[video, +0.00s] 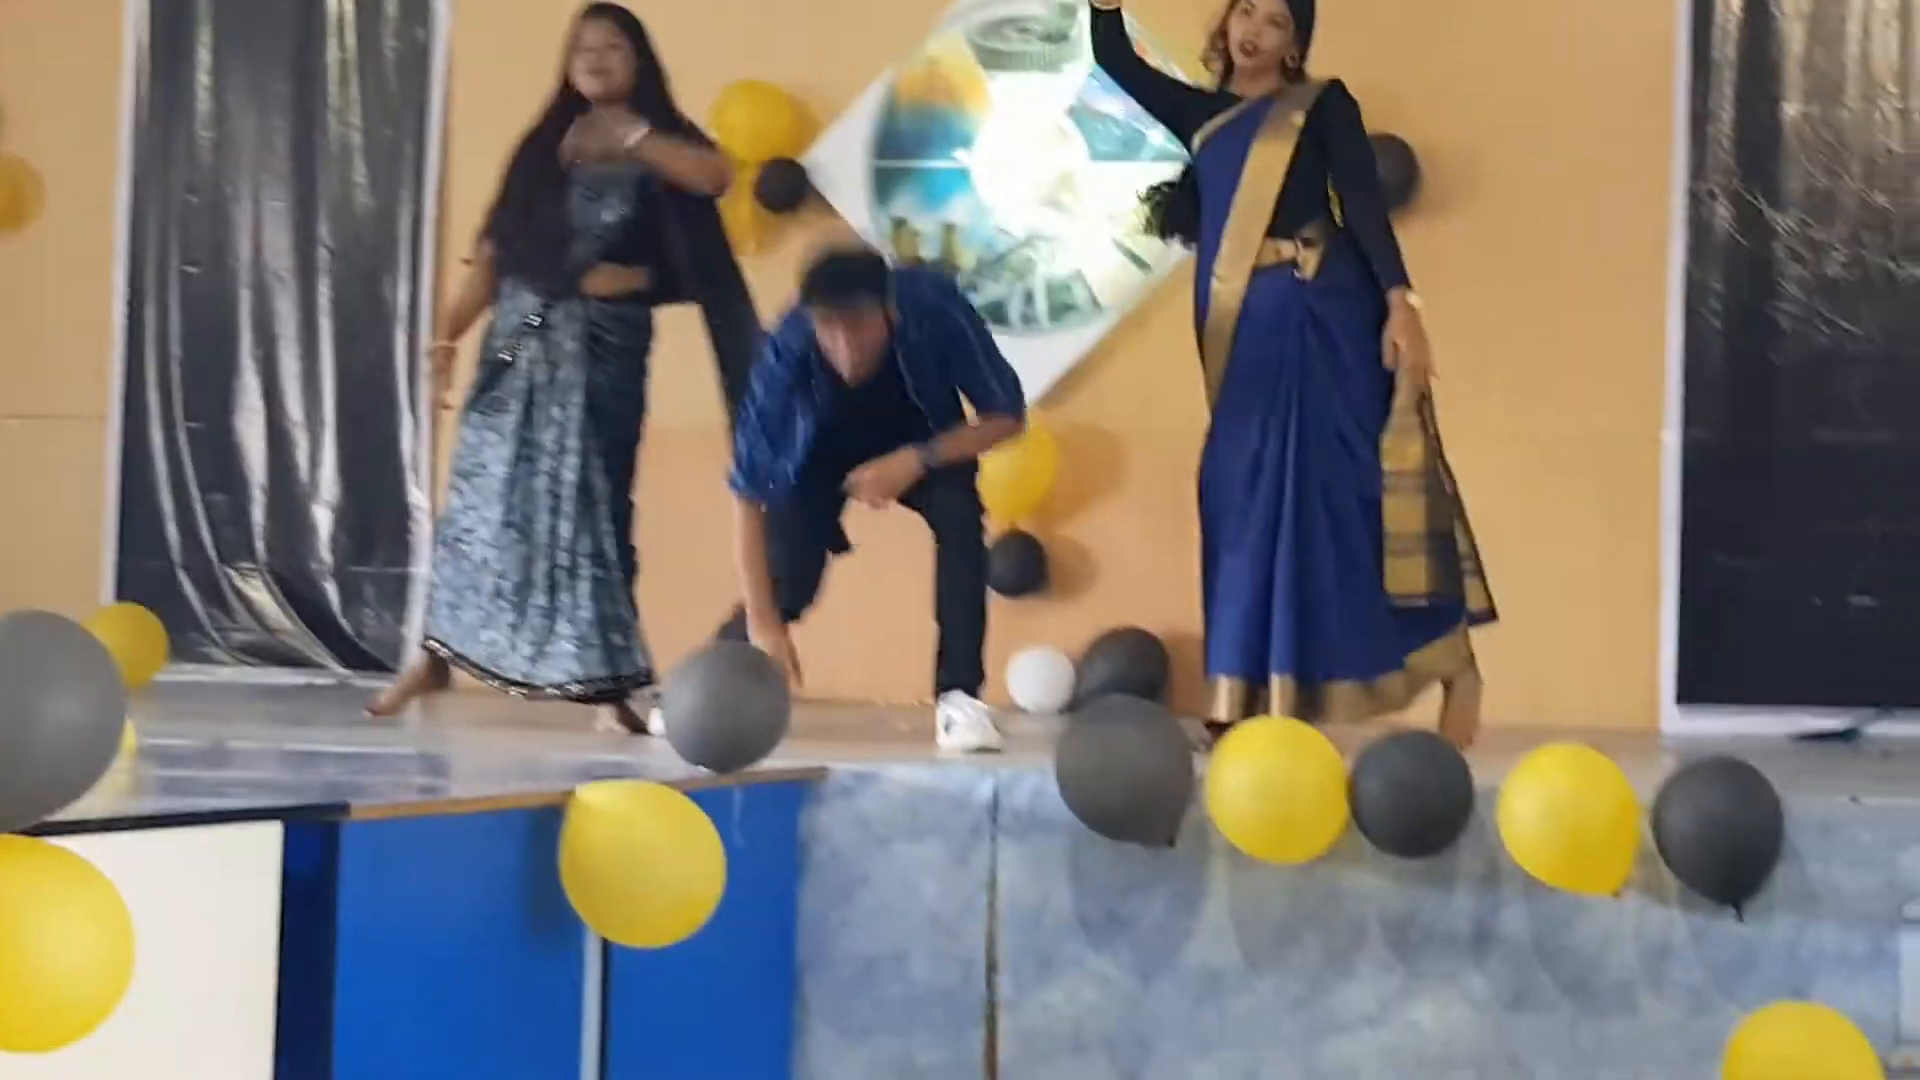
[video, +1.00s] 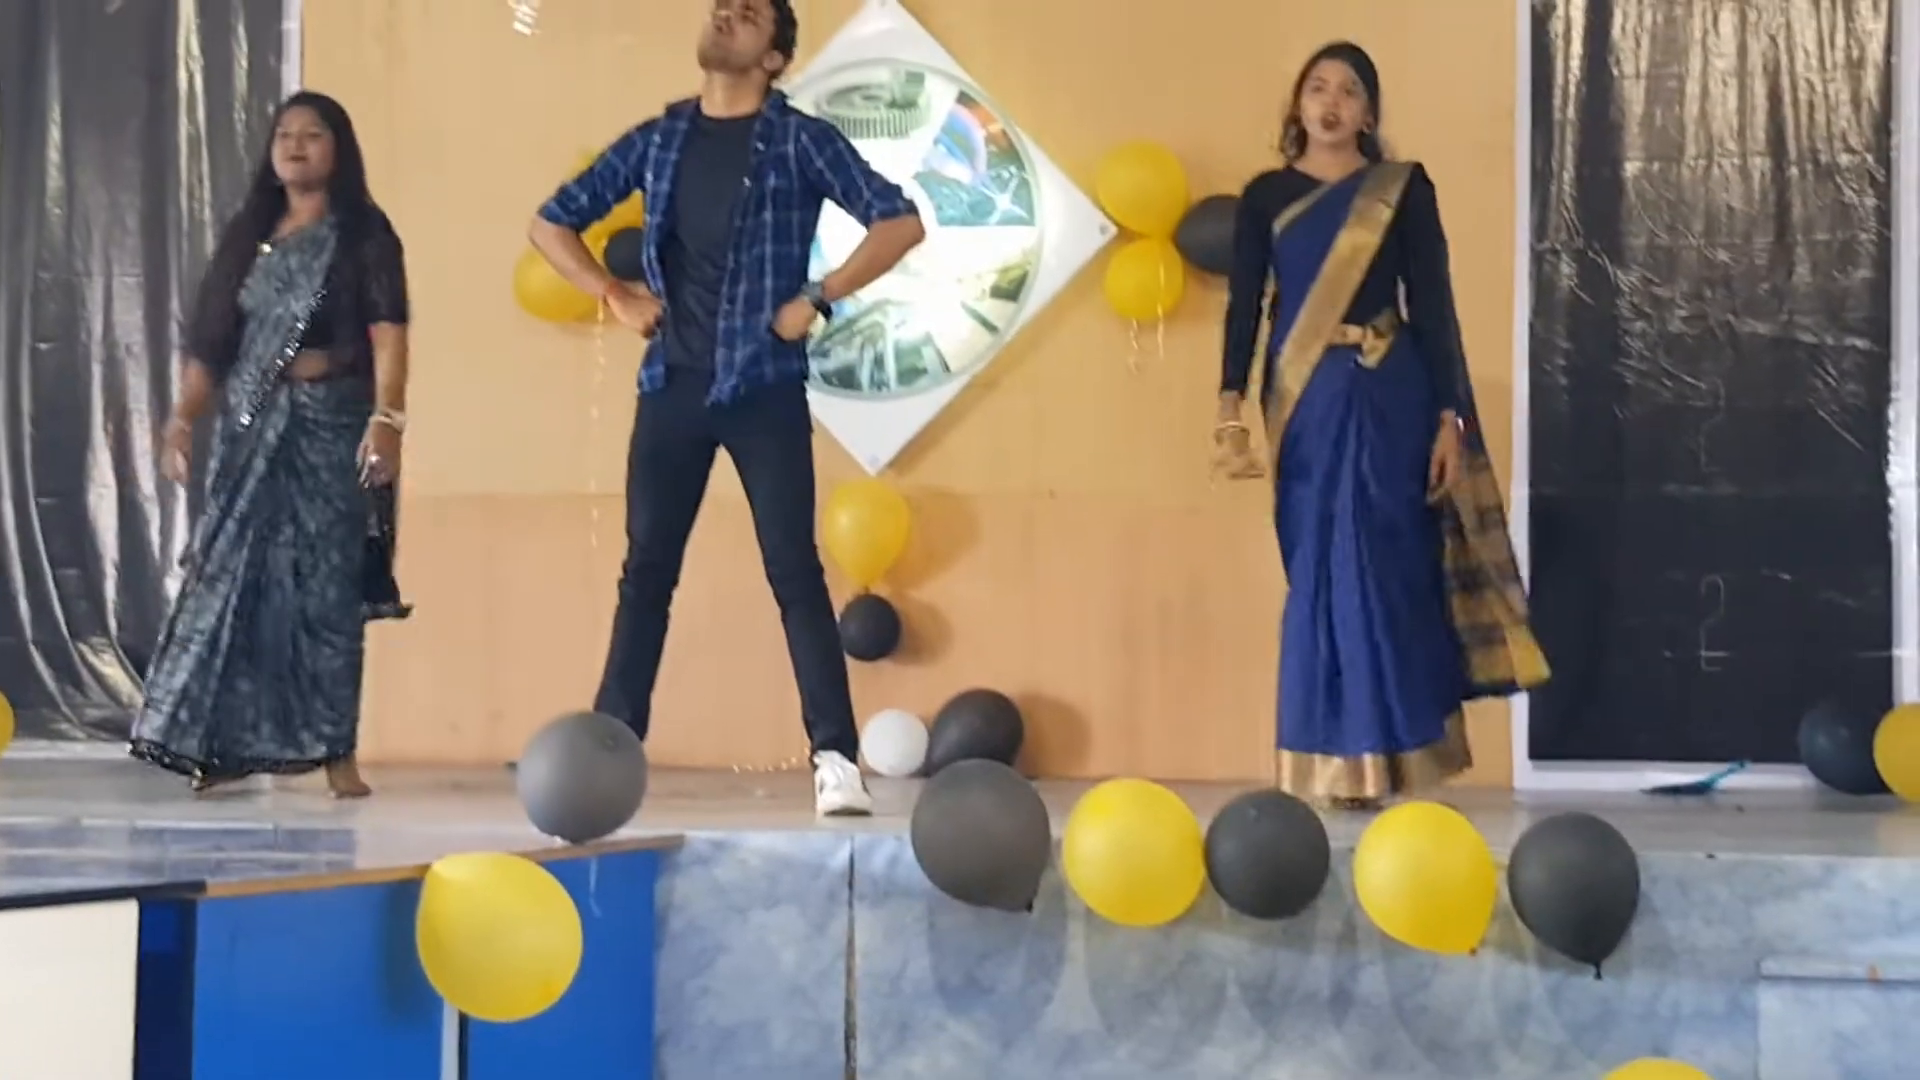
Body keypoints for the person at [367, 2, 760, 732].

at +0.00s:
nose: (596, 62)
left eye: (610, 50)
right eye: (584, 51)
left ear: (639, 59)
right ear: (567, 62)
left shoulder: (666, 138)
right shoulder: (546, 143)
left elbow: (718, 173)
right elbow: (492, 253)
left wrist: (631, 141)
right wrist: (447, 337)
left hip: (602, 342)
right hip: (520, 336)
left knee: (592, 505)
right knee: (477, 494)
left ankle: (614, 691)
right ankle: (430, 656)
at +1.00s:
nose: (296, 148)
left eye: (312, 137)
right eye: (286, 137)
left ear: (340, 150)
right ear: (269, 151)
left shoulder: (367, 233)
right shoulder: (247, 234)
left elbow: (388, 328)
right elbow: (210, 339)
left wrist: (388, 418)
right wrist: (182, 418)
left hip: (331, 424)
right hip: (249, 426)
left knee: (329, 581)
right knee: (235, 575)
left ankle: (339, 748)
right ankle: (224, 747)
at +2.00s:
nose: (467, 414)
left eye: (482, 404)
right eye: (456, 400)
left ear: (502, 415)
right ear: (434, 404)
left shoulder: (515, 493)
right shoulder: (392, 471)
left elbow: (526, 579)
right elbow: (328, 538)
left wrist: (509, 636)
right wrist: (355, 583)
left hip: (470, 672)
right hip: (388, 668)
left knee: (480, 811)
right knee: (385, 809)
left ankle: (506, 969)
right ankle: (378, 963)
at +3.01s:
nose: (382, 532)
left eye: (399, 521)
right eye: (371, 521)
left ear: (427, 536)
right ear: (357, 536)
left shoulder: (469, 617)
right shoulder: (339, 625)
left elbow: (526, 706)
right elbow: (322, 723)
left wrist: (490, 762)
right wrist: (295, 755)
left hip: (442, 823)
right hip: (356, 823)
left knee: (441, 983)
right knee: (340, 977)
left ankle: (447, 1073)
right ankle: (338, 1072)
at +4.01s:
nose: (396, 212)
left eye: (411, 203)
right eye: (399, 200)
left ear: (445, 217)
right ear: (434, 216)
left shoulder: (434, 285)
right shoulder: (447, 282)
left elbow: (410, 386)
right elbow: (441, 391)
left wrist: (352, 375)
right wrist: (379, 411)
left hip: (418, 485)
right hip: (430, 481)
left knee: (384, 644)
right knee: (400, 645)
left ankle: (449, 822)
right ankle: (433, 818)